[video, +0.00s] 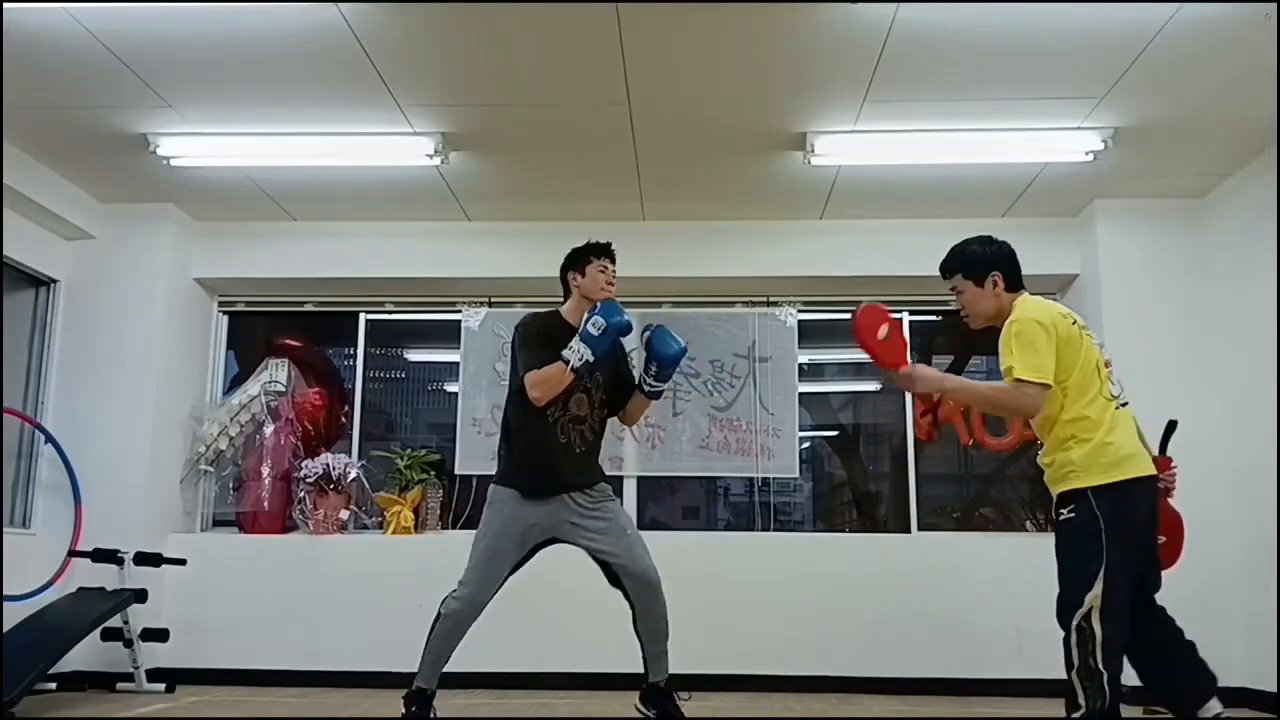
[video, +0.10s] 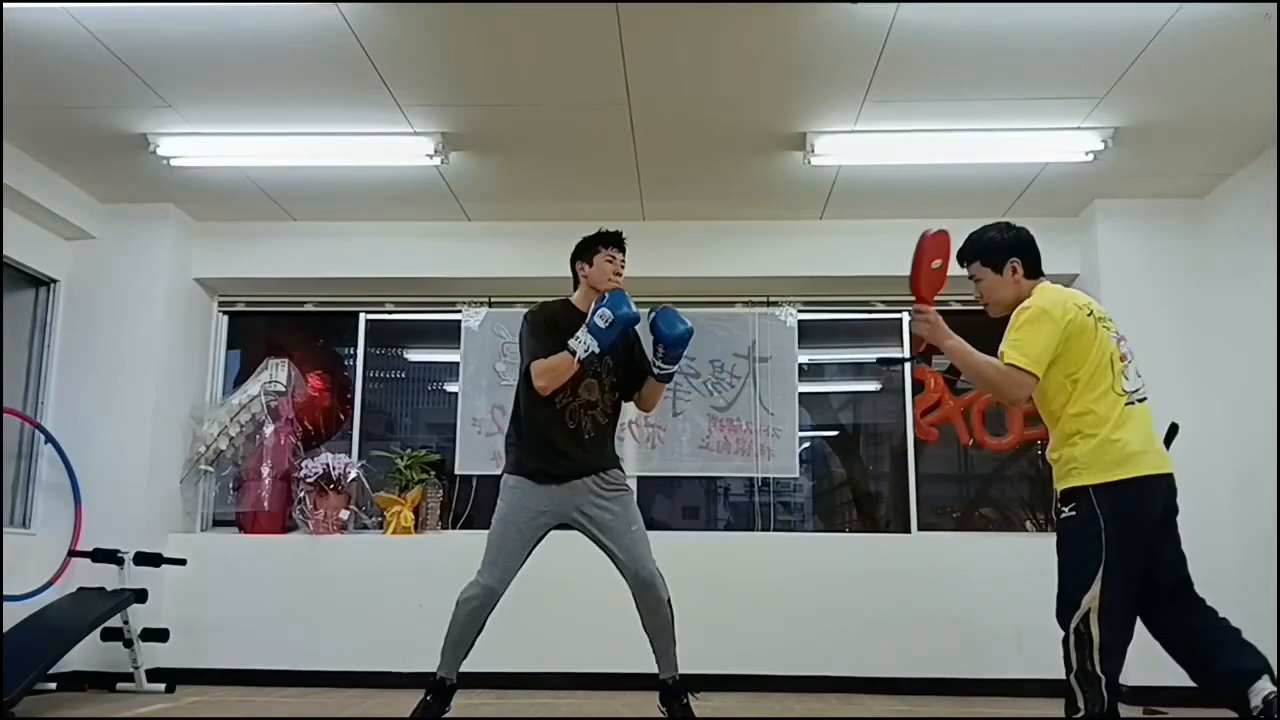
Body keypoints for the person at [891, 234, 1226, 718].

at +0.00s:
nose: (958, 305)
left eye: (961, 292)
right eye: (955, 295)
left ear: (995, 282)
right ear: (999, 284)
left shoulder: (1026, 317)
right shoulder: (1054, 315)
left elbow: (1028, 399)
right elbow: (1095, 402)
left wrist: (941, 383)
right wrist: (1141, 461)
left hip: (1096, 484)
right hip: (1126, 476)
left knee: (1087, 614)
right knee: (1135, 608)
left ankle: (1093, 709)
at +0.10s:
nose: (975, 292)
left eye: (979, 278)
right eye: (972, 281)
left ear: (1015, 268)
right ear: (1024, 270)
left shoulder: (1041, 306)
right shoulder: (1079, 304)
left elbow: (1015, 385)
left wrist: (945, 340)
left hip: (1100, 481)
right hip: (1146, 475)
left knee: (1088, 620)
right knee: (1169, 601)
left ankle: (1092, 707)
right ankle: (1259, 694)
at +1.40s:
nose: (758, 290)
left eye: (754, 275)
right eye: (752, 278)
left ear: (777, 258)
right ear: (815, 255)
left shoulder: (794, 314)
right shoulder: (899, 300)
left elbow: (789, 427)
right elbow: (947, 391)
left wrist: (771, 484)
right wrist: (979, 473)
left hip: (827, 502)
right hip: (904, 507)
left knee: (744, 621)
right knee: (888, 634)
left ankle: (708, 710)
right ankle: (932, 715)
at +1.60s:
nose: (647, 283)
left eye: (641, 268)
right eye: (639, 271)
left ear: (658, 252)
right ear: (701, 238)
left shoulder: (701, 294)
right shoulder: (790, 271)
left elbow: (707, 406)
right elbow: (865, 340)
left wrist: (706, 458)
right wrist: (923, 416)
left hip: (790, 486)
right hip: (864, 477)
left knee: (697, 638)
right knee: (876, 639)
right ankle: (919, 712)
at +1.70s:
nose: (622, 268)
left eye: (617, 254)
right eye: (616, 257)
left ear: (629, 243)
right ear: (679, 227)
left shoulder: (668, 282)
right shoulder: (763, 255)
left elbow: (690, 397)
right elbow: (845, 326)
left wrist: (679, 460)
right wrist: (907, 406)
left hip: (774, 475)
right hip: (853, 459)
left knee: (697, 631)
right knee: (856, 605)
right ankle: (919, 707)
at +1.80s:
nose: (617, 239)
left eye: (612, 225)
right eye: (613, 227)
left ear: (624, 214)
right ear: (678, 200)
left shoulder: (648, 263)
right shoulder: (767, 237)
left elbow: (674, 383)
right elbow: (847, 325)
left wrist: (663, 446)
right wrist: (902, 408)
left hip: (746, 471)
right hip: (837, 457)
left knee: (689, 635)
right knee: (839, 607)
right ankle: (904, 701)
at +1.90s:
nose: (625, 203)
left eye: (622, 188)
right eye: (621, 190)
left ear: (637, 177)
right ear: (696, 172)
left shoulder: (642, 236)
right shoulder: (785, 217)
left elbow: (654, 360)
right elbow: (852, 312)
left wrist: (624, 399)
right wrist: (900, 405)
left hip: (722, 465)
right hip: (824, 454)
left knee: (693, 641)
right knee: (844, 613)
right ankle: (864, 697)